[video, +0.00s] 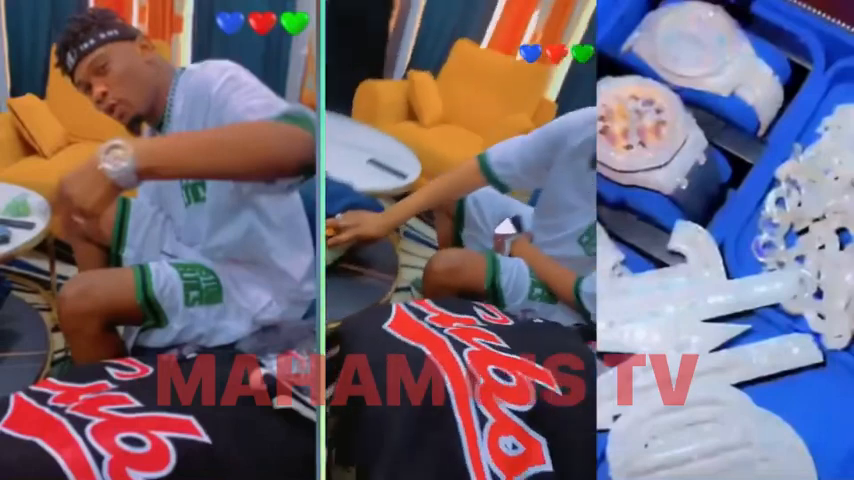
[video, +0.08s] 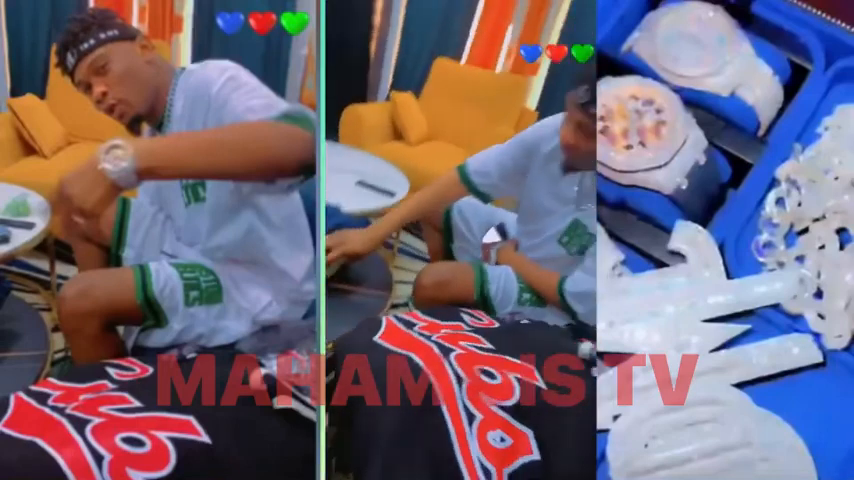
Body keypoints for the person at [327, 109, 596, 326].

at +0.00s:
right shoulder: (587, 128)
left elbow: (592, 299)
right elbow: (485, 168)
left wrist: (526, 251)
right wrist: (387, 219)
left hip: (575, 291)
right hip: (539, 235)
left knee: (443, 267)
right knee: (447, 197)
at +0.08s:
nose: (566, 137)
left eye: (585, 131)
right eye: (568, 120)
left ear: (612, 142)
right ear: (566, 107)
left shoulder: (626, 197)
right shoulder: (554, 132)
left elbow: (581, 299)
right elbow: (463, 179)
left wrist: (510, 258)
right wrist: (373, 234)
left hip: (558, 289)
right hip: (524, 241)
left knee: (431, 283)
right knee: (434, 210)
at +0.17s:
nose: (546, 143)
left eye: (566, 135)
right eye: (549, 126)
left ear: (602, 143)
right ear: (547, 114)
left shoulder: (612, 203)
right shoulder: (539, 138)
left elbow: (568, 297)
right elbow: (455, 184)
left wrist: (499, 263)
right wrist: (371, 238)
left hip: (552, 297)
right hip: (516, 250)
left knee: (424, 289)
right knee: (429, 218)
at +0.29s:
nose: (505, 160)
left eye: (517, 154)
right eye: (505, 148)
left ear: (564, 157)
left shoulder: (589, 213)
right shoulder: (521, 149)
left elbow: (539, 294)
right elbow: (454, 188)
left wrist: (469, 266)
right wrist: (392, 221)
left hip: (523, 296)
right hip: (488, 248)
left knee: (401, 295)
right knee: (403, 229)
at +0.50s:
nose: (464, 148)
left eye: (470, 143)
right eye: (463, 140)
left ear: (516, 148)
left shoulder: (567, 175)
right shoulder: (500, 134)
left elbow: (506, 282)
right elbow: (478, 186)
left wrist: (434, 261)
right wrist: (428, 194)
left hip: (493, 286)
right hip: (461, 239)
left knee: (366, 297)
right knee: (367, 226)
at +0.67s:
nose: (430, 134)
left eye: (434, 126)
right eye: (427, 125)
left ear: (475, 125)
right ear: (477, 122)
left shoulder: (530, 155)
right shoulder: (478, 136)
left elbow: (488, 272)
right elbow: (467, 186)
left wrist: (413, 266)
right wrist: (420, 194)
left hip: (477, 281)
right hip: (444, 236)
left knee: (343, 315)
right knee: (347, 241)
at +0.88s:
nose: (393, 119)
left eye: (397, 109)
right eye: (390, 109)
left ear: (435, 94)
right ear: (435, 94)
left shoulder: (489, 136)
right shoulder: (439, 119)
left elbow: (459, 258)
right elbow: (433, 186)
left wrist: (390, 268)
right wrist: (381, 204)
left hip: (462, 276)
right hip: (422, 237)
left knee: (333, 327)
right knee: (330, 252)